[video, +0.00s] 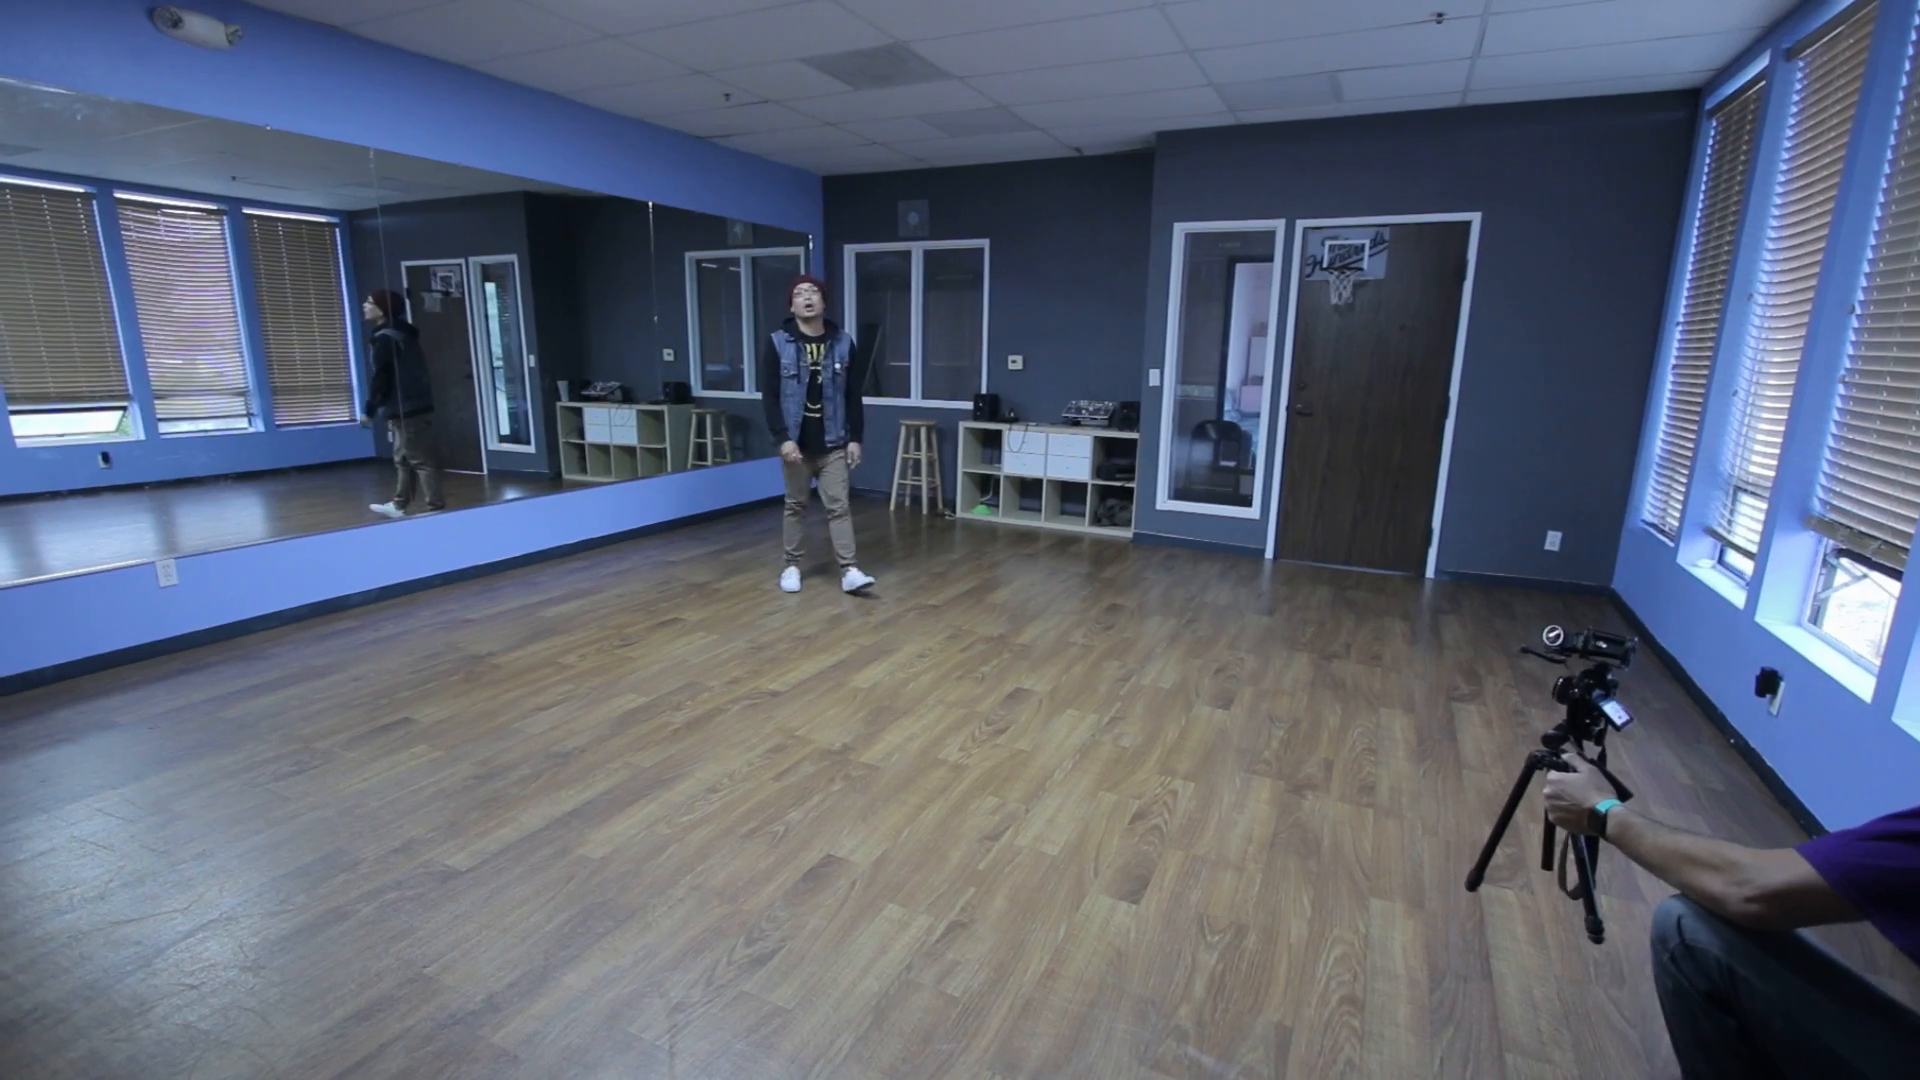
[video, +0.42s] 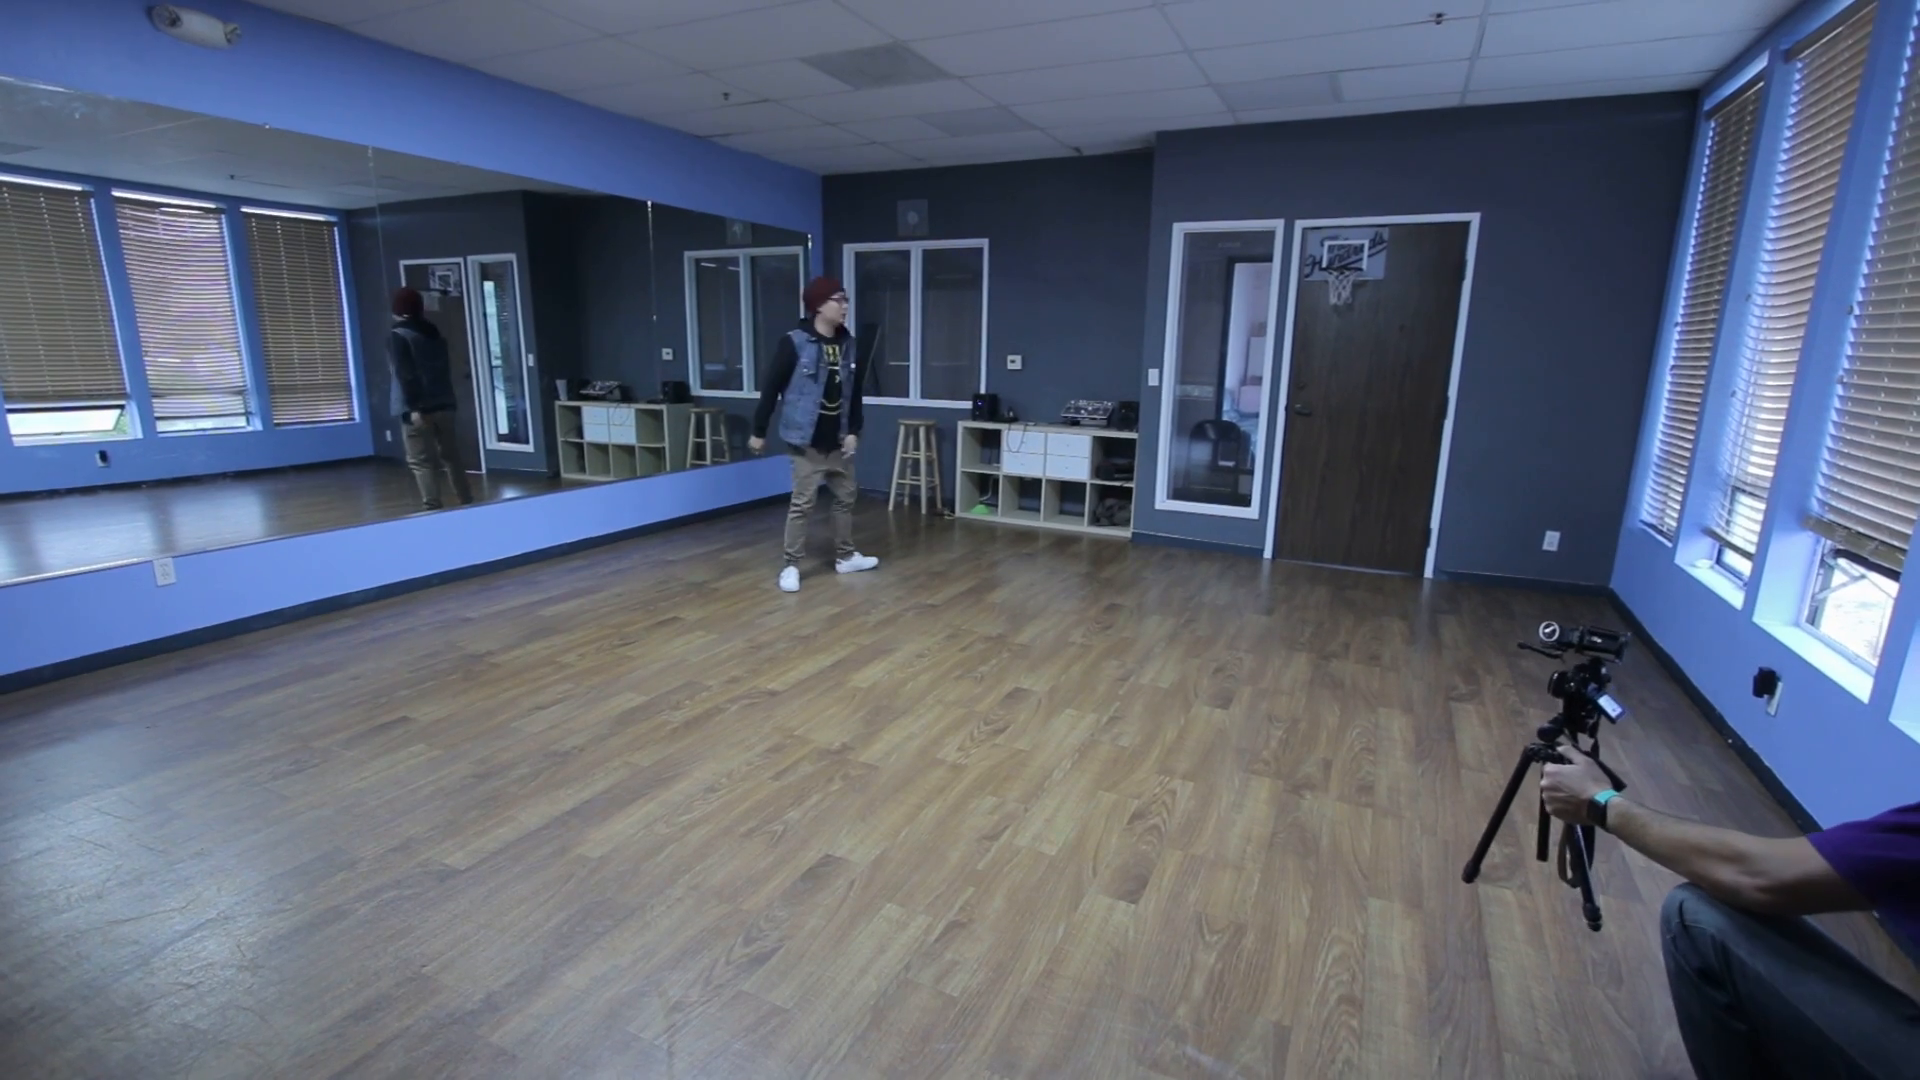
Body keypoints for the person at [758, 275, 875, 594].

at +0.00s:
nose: (808, 298)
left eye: (813, 293)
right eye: (801, 294)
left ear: (824, 301)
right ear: (791, 305)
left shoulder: (843, 341)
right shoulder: (777, 342)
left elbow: (854, 393)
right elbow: (770, 395)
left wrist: (855, 438)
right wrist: (783, 438)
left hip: (833, 440)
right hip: (796, 441)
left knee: (839, 506)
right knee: (795, 506)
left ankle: (849, 569)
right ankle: (792, 566)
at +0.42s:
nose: (845, 306)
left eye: (845, 300)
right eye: (838, 301)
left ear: (839, 306)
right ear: (818, 306)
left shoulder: (848, 344)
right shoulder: (794, 343)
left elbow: (855, 392)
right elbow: (771, 387)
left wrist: (854, 430)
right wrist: (759, 431)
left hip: (839, 437)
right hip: (805, 438)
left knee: (845, 498)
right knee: (801, 503)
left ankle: (845, 556)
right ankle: (791, 565)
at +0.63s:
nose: (869, 310)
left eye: (869, 304)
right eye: (865, 304)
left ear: (850, 308)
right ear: (849, 307)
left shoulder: (857, 343)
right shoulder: (828, 344)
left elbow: (862, 392)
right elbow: (813, 392)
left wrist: (871, 427)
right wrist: (806, 437)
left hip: (855, 438)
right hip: (831, 438)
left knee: (849, 499)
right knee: (823, 499)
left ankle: (845, 558)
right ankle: (796, 563)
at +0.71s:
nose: (877, 310)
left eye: (876, 305)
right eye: (873, 305)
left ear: (854, 307)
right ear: (860, 307)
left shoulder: (860, 341)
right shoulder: (842, 342)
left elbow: (866, 392)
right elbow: (834, 393)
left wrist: (875, 429)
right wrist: (833, 437)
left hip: (860, 435)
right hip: (842, 436)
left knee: (851, 496)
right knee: (836, 497)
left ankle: (844, 559)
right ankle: (809, 560)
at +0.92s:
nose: (895, 317)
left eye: (895, 311)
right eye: (894, 312)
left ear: (868, 310)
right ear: (886, 312)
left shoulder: (854, 338)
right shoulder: (876, 345)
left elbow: (854, 392)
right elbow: (878, 398)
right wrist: (894, 439)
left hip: (847, 433)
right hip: (867, 436)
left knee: (857, 495)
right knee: (887, 493)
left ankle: (845, 557)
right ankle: (873, 557)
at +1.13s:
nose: (917, 324)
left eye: (917, 318)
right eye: (917, 318)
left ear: (891, 316)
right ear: (909, 319)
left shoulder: (873, 345)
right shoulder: (907, 351)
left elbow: (870, 391)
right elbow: (909, 400)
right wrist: (914, 443)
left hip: (869, 432)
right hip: (894, 436)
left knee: (868, 494)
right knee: (925, 488)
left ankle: (847, 555)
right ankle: (941, 548)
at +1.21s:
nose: (930, 320)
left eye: (929, 315)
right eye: (929, 316)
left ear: (901, 315)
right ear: (924, 317)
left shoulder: (884, 344)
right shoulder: (921, 352)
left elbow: (880, 387)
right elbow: (922, 401)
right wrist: (922, 443)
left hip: (881, 433)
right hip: (908, 438)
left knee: (875, 492)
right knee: (935, 492)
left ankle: (849, 551)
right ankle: (955, 547)